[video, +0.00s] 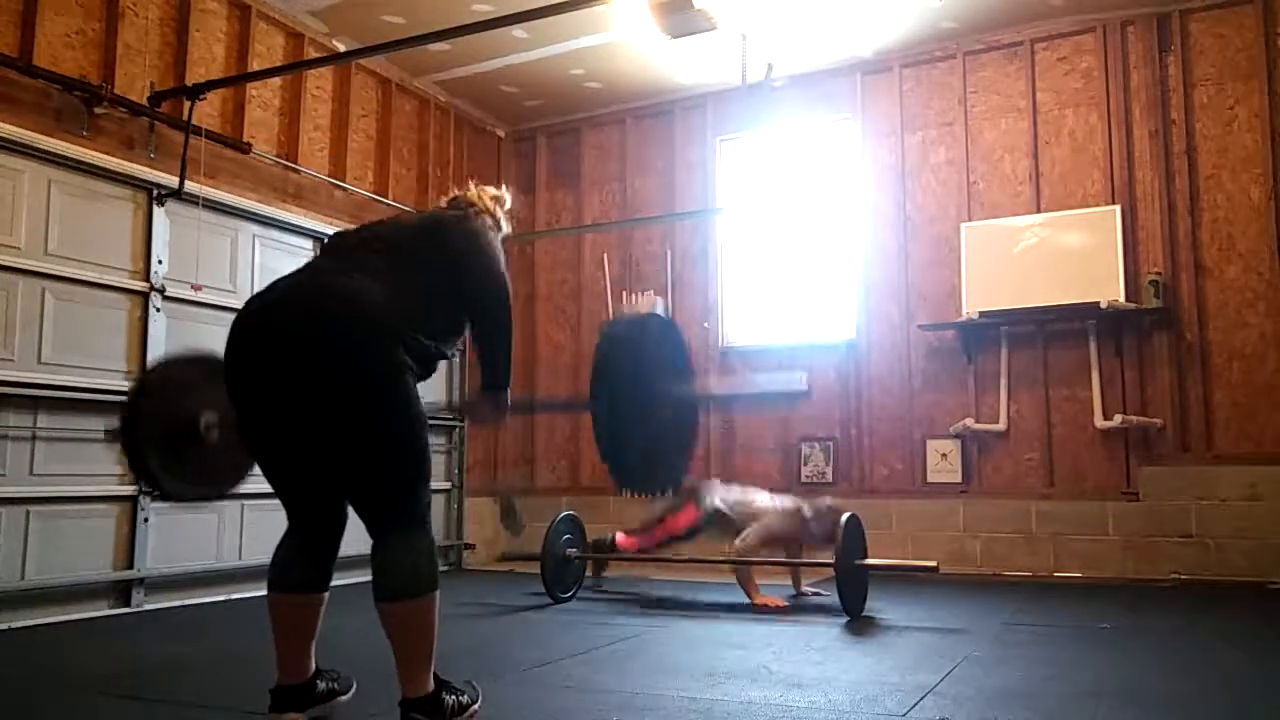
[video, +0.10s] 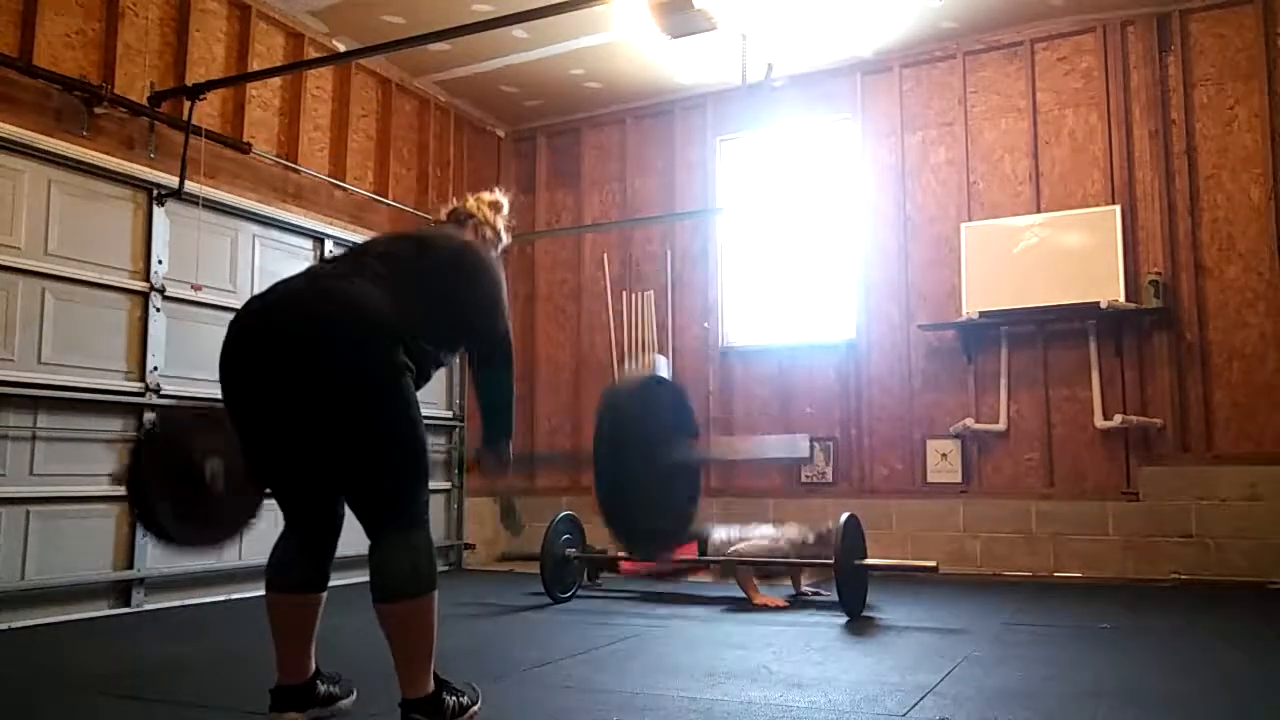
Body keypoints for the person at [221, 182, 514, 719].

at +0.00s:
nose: (498, 251)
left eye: (500, 242)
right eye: (498, 241)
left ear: (450, 210)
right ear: (487, 227)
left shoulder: (387, 231)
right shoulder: (472, 232)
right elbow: (492, 291)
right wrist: (495, 386)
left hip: (259, 344)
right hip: (353, 358)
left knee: (312, 519)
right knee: (401, 528)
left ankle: (294, 684)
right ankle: (420, 695)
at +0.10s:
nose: (493, 260)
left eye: (496, 252)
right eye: (493, 250)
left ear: (449, 221)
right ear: (478, 233)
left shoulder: (389, 247)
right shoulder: (472, 265)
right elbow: (494, 349)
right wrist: (497, 441)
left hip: (254, 346)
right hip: (351, 365)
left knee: (309, 518)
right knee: (399, 528)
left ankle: (294, 685)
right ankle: (420, 695)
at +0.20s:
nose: (495, 289)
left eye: (494, 277)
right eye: (496, 277)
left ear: (438, 257)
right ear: (488, 272)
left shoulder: (392, 280)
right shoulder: (475, 302)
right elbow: (491, 404)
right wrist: (500, 500)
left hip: (249, 361)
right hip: (353, 374)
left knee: (320, 519)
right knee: (411, 525)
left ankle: (297, 686)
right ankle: (425, 697)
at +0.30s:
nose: (495, 327)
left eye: (497, 318)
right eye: (496, 317)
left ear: (442, 294)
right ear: (488, 307)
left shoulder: (394, 319)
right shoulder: (473, 337)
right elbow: (492, 451)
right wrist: (500, 547)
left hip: (245, 384)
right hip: (349, 395)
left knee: (331, 521)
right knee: (422, 528)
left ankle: (298, 686)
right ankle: (426, 696)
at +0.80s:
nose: (505, 279)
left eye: (507, 268)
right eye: (506, 267)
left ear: (461, 242)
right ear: (497, 260)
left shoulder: (406, 268)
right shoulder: (475, 289)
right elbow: (466, 392)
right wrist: (451, 486)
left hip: (251, 358)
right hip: (340, 374)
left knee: (320, 518)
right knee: (405, 521)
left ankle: (297, 684)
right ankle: (422, 696)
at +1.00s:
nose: (511, 229)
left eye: (516, 220)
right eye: (514, 218)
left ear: (466, 194)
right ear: (505, 206)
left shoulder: (410, 221)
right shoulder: (486, 234)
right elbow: (440, 314)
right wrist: (425, 400)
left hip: (269, 345)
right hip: (347, 358)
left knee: (330, 505)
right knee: (401, 499)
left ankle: (286, 678)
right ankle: (336, 680)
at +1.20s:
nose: (516, 222)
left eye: (519, 210)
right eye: (518, 210)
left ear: (463, 191)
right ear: (506, 203)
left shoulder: (422, 231)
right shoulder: (473, 250)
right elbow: (438, 335)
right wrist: (440, 414)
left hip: (295, 385)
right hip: (358, 397)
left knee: (369, 537)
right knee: (416, 533)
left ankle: (267, 674)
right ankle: (321, 697)